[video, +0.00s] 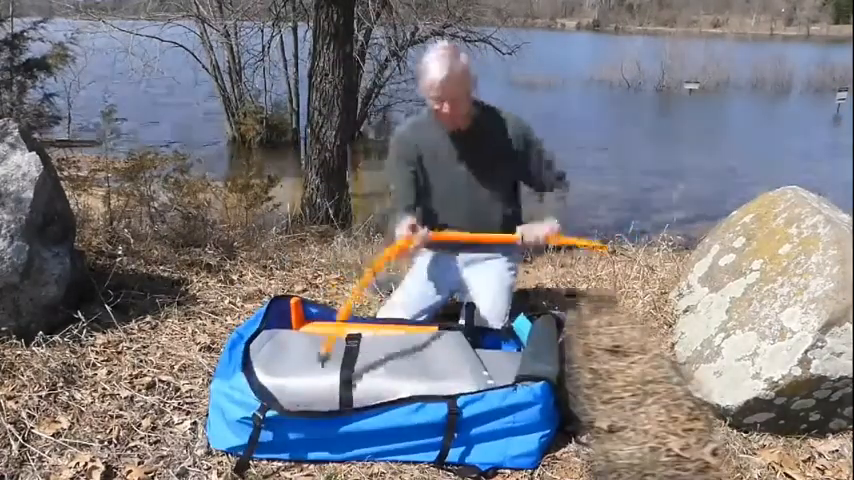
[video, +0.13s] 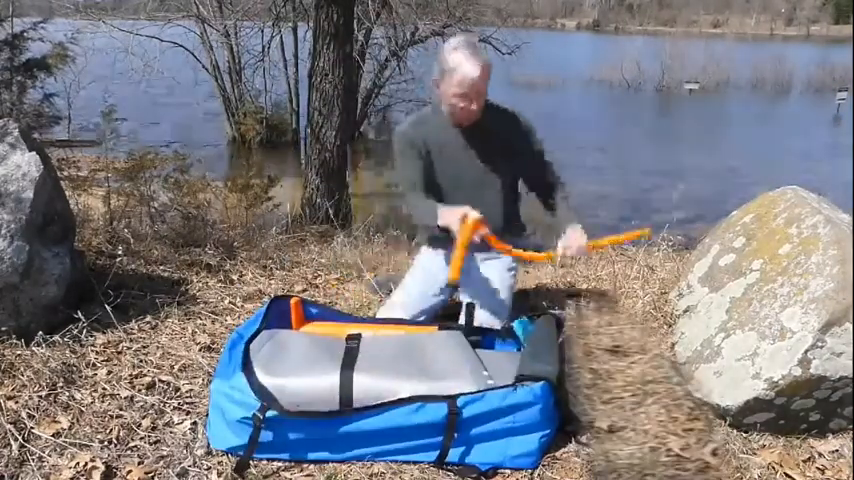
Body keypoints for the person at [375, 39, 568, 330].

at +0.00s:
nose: (445, 110)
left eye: (453, 100)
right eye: (437, 101)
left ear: (472, 89)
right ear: (425, 95)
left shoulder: (507, 131)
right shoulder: (410, 137)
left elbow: (554, 185)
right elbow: (402, 209)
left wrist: (548, 222)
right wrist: (407, 229)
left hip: (492, 259)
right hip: (435, 257)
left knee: (487, 336)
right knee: (387, 330)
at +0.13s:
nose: (474, 107)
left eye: (480, 97)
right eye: (463, 98)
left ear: (487, 88)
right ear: (438, 87)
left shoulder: (508, 127)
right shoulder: (413, 134)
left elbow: (546, 184)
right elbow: (412, 199)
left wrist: (570, 228)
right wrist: (444, 215)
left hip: (495, 254)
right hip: (438, 252)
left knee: (485, 336)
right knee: (388, 326)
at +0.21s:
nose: (478, 113)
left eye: (483, 102)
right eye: (466, 104)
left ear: (489, 91)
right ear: (438, 91)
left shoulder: (509, 130)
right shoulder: (414, 135)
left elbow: (546, 189)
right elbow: (414, 219)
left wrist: (579, 237)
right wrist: (465, 231)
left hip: (494, 258)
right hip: (437, 257)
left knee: (484, 344)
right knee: (385, 331)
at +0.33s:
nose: (455, 137)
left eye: (465, 128)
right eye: (448, 127)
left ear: (485, 111)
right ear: (434, 111)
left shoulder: (515, 146)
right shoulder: (413, 143)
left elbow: (565, 209)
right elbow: (372, 215)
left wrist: (597, 279)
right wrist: (368, 288)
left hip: (493, 262)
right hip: (435, 259)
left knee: (486, 340)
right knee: (392, 332)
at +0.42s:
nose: (443, 140)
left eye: (452, 132)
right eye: (435, 131)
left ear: (479, 114)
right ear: (424, 114)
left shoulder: (516, 145)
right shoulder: (411, 144)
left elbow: (545, 216)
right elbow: (370, 220)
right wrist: (370, 297)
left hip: (493, 260)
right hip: (434, 260)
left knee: (484, 336)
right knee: (389, 335)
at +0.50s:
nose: (435, 131)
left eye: (442, 122)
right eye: (427, 121)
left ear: (468, 108)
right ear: (420, 111)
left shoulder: (513, 142)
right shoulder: (410, 142)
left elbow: (527, 218)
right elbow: (364, 216)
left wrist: (509, 267)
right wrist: (376, 266)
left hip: (489, 264)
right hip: (433, 262)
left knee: (481, 331)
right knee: (393, 320)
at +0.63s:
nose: (449, 90)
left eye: (459, 80)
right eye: (441, 81)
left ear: (478, 79)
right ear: (427, 81)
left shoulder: (510, 131)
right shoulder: (413, 130)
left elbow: (523, 203)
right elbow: (388, 200)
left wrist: (503, 234)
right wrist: (403, 211)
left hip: (488, 260)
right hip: (430, 260)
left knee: (482, 329)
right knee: (385, 331)